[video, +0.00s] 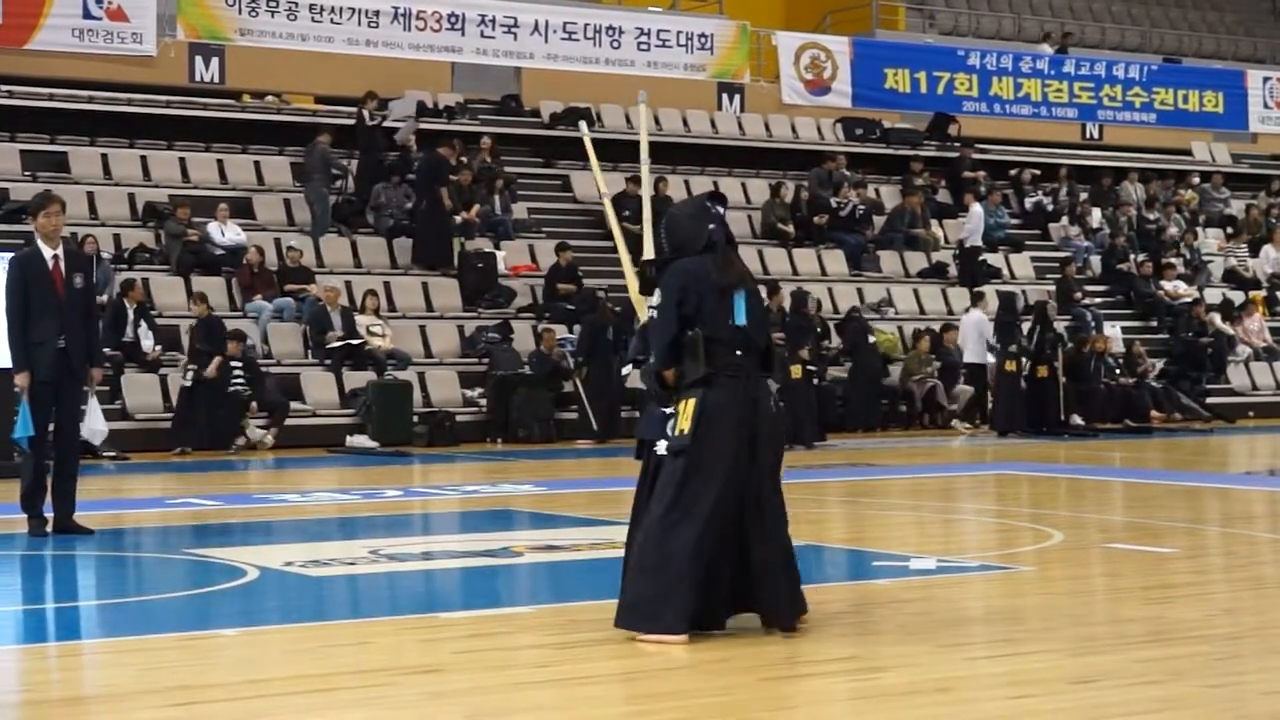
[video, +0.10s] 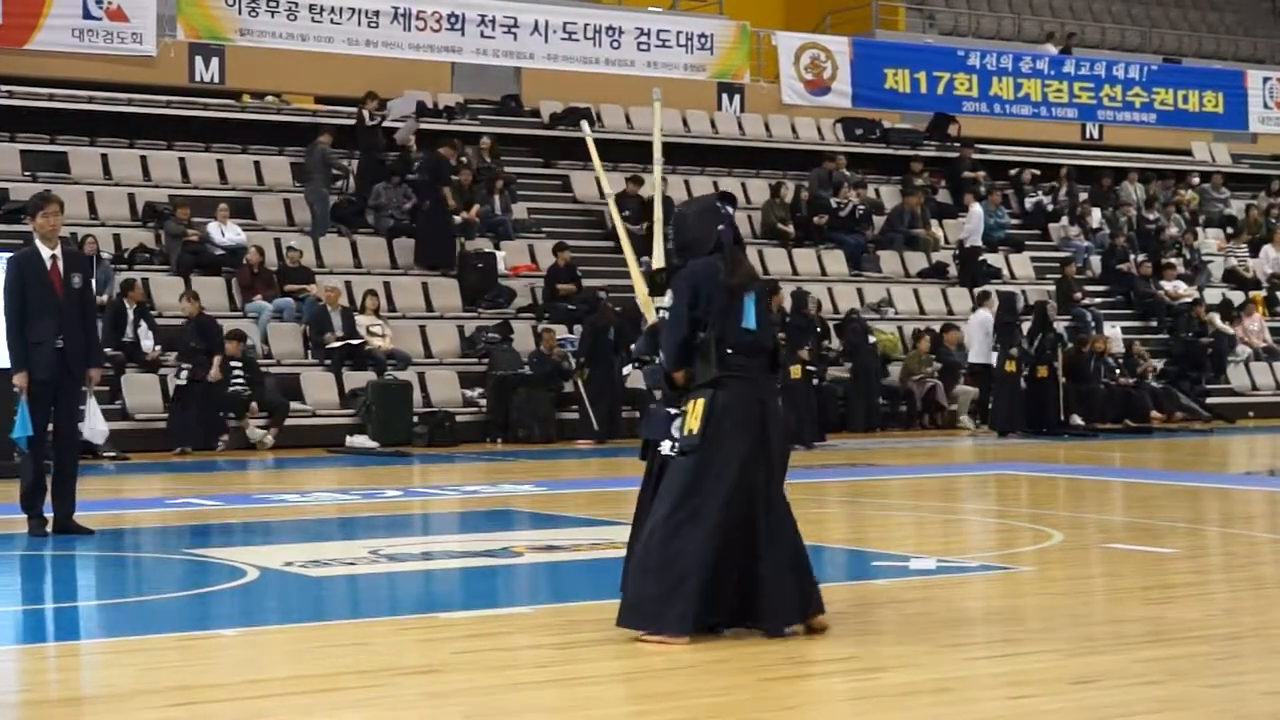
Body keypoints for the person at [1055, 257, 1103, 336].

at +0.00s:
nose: (1074, 269)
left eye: (1074, 266)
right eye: (1071, 266)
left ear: (1075, 267)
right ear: (1065, 268)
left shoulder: (1073, 280)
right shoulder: (1063, 281)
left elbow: (1084, 291)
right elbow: (1076, 297)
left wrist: (1080, 294)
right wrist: (1084, 292)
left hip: (1079, 304)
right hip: (1068, 306)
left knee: (1098, 314)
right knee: (1085, 315)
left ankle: (1100, 338)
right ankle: (1089, 339)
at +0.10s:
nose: (1073, 269)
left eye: (1074, 266)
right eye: (1071, 266)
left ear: (1075, 267)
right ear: (1065, 268)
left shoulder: (1074, 280)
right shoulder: (1062, 281)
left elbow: (1085, 292)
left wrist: (1080, 294)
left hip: (1079, 304)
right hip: (1068, 306)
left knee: (1098, 314)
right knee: (1085, 315)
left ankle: (1100, 337)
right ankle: (1089, 339)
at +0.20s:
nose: (1073, 269)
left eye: (1074, 266)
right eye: (1070, 266)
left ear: (1075, 267)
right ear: (1065, 268)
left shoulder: (1074, 280)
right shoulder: (1062, 281)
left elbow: (1085, 292)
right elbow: (1076, 297)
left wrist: (1080, 294)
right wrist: (1084, 292)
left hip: (1079, 304)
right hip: (1068, 306)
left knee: (1098, 315)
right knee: (1085, 315)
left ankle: (1100, 337)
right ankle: (1090, 339)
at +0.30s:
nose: (1074, 269)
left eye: (1074, 266)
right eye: (1071, 266)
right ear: (1065, 268)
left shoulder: (1074, 280)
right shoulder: (1062, 281)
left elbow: (1085, 292)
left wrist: (1080, 294)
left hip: (1079, 304)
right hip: (1068, 306)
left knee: (1098, 314)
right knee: (1085, 315)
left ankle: (1100, 337)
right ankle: (1089, 339)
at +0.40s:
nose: (1074, 269)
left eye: (1074, 267)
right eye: (1072, 267)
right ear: (1065, 268)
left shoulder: (1074, 280)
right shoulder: (1062, 281)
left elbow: (1085, 292)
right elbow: (1075, 297)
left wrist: (1080, 294)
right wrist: (1084, 292)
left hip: (1079, 304)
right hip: (1068, 306)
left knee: (1098, 315)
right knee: (1085, 315)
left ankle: (1100, 338)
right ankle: (1089, 339)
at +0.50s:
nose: (1074, 269)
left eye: (1074, 267)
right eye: (1072, 267)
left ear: (1076, 268)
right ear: (1065, 268)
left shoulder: (1074, 280)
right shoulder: (1062, 282)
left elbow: (1085, 292)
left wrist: (1081, 295)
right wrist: (1084, 292)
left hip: (1079, 304)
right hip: (1068, 306)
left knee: (1098, 315)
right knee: (1086, 315)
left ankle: (1101, 338)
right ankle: (1089, 339)